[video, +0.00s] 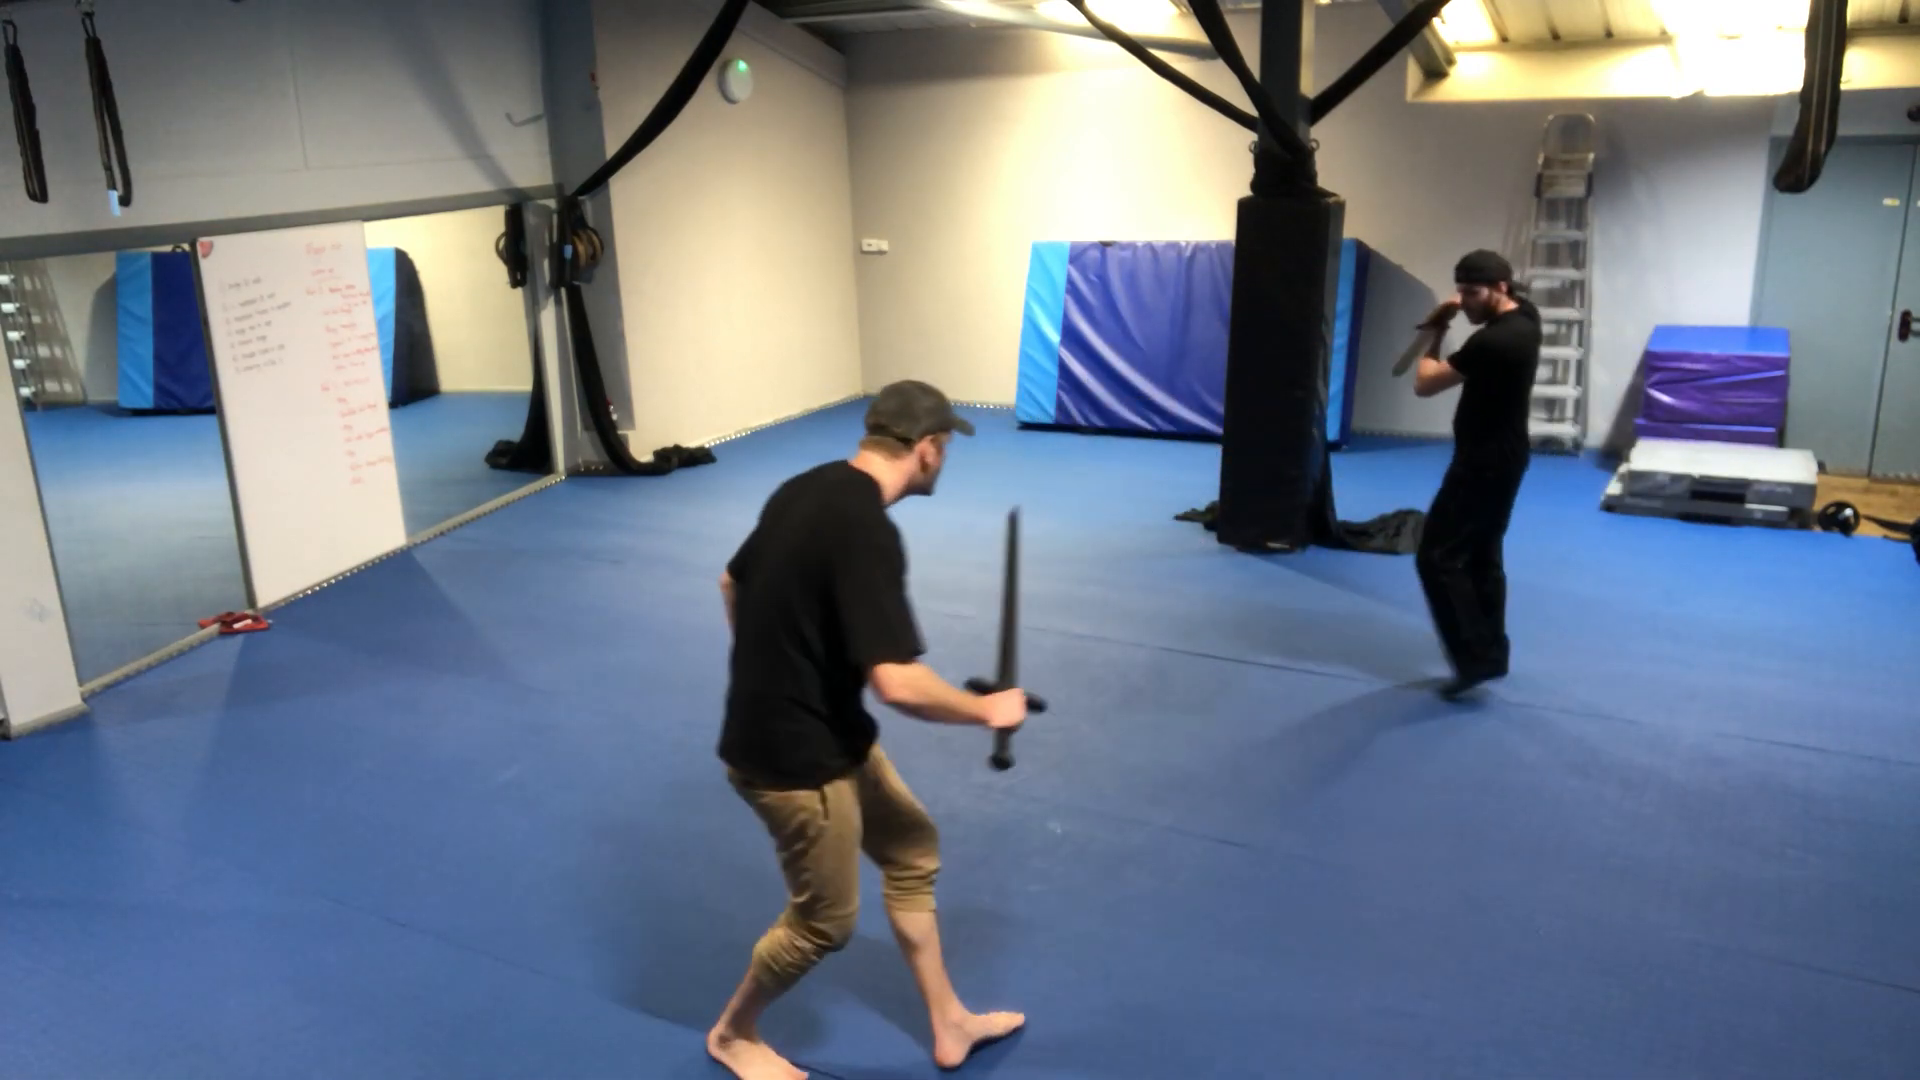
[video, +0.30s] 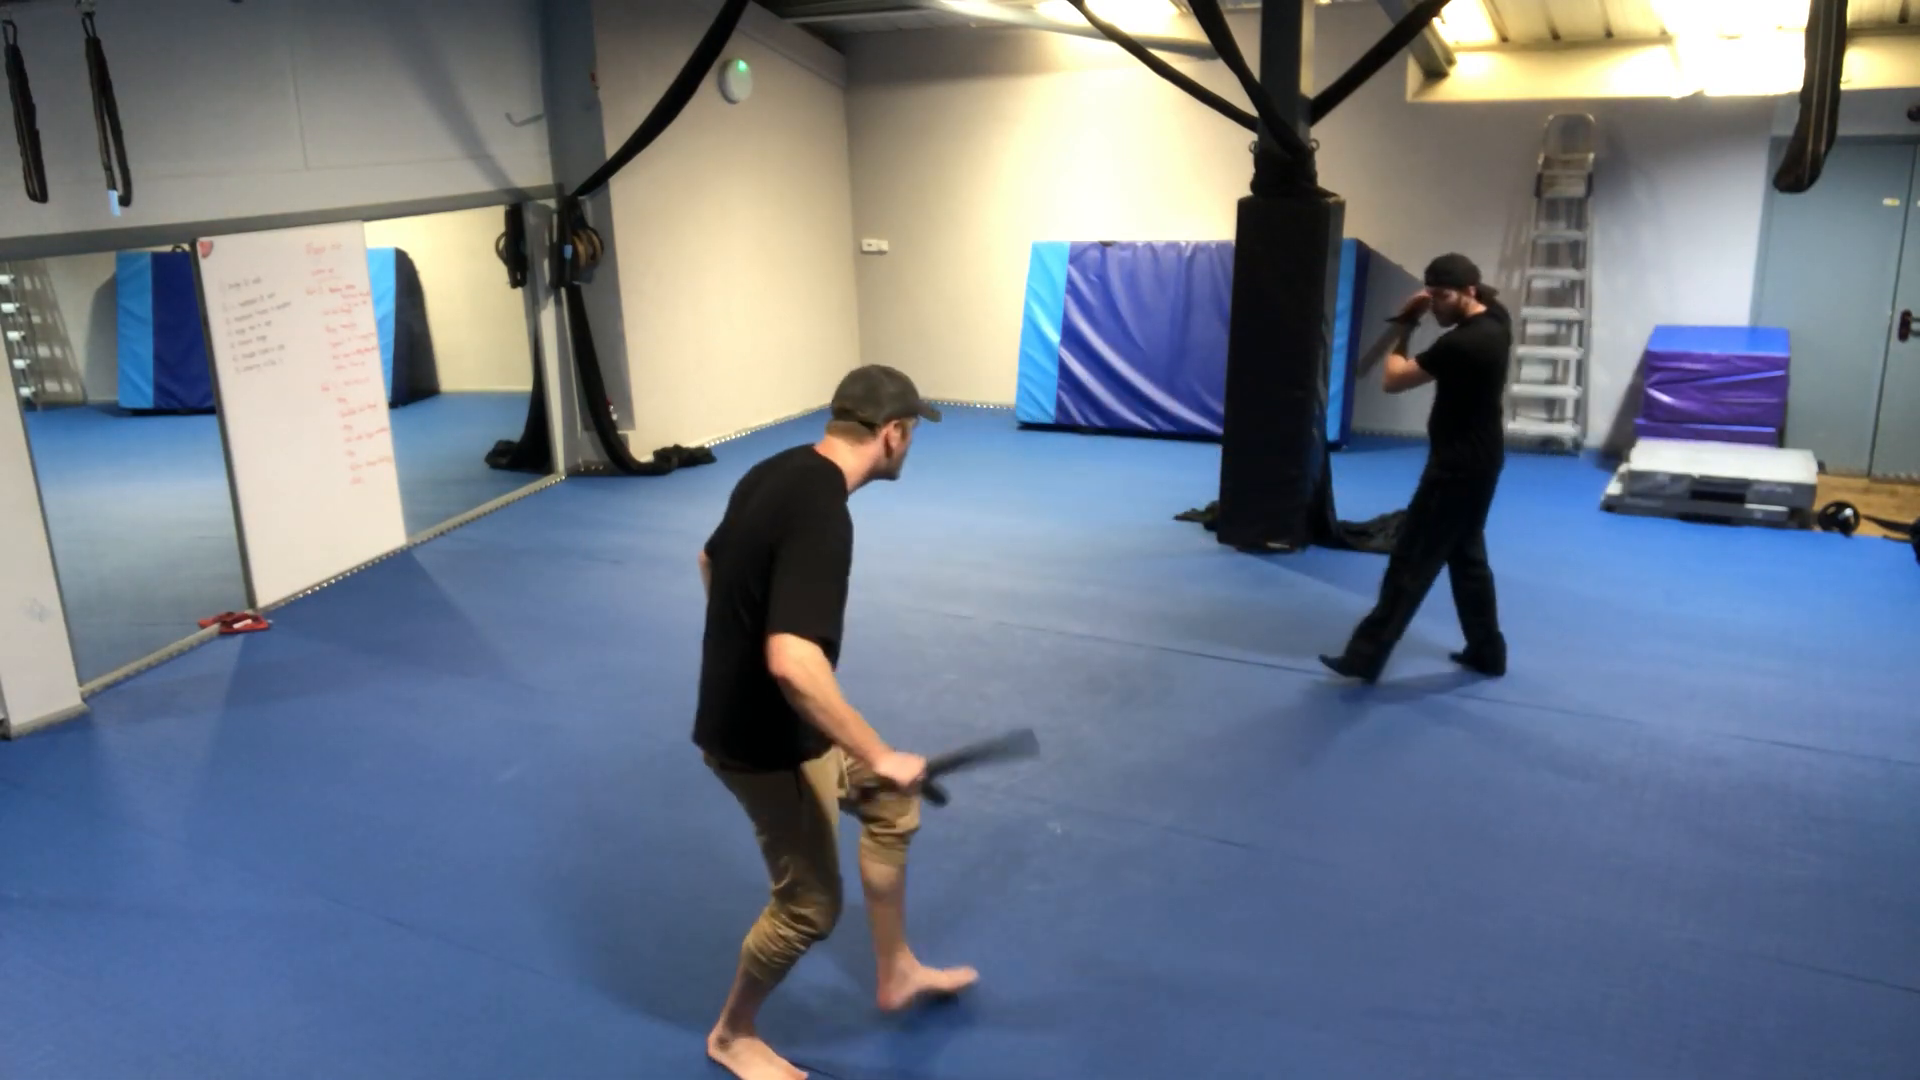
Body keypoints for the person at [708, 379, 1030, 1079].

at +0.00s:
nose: (945, 459)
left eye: (945, 445)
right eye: (945, 445)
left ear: (877, 436)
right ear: (925, 447)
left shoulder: (806, 490)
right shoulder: (867, 526)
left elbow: (735, 581)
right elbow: (896, 680)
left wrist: (771, 669)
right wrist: (987, 709)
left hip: (832, 736)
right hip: (788, 756)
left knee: (912, 850)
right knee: (824, 919)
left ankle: (950, 1022)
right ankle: (731, 1033)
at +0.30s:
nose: (910, 445)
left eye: (910, 432)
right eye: (910, 432)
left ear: (844, 420)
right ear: (890, 431)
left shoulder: (776, 473)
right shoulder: (821, 509)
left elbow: (713, 561)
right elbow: (792, 660)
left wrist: (752, 648)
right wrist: (880, 758)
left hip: (787, 716)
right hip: (755, 739)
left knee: (892, 796)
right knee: (807, 906)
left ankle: (897, 970)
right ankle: (732, 1033)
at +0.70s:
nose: (941, 424)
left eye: (942, 411)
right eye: (943, 410)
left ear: (871, 398)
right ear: (927, 405)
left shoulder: (805, 462)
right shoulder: (897, 476)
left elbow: (731, 565)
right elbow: (859, 596)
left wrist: (756, 660)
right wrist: (897, 729)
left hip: (790, 690)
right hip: (824, 706)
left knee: (882, 815)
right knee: (829, 874)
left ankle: (896, 952)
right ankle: (735, 1025)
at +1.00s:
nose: (960, 410)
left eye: (959, 399)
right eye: (960, 399)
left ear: (890, 390)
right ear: (948, 395)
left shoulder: (826, 454)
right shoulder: (938, 458)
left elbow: (763, 565)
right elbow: (952, 584)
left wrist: (798, 644)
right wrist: (1010, 696)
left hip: (813, 679)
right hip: (878, 690)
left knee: (886, 824)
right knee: (907, 856)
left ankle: (900, 956)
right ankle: (777, 1001)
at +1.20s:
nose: (966, 413)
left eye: (965, 403)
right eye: (968, 402)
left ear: (898, 390)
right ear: (955, 396)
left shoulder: (835, 455)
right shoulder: (950, 459)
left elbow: (787, 572)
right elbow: (979, 596)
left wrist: (834, 628)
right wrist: (1028, 670)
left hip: (822, 676)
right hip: (891, 688)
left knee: (889, 818)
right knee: (947, 858)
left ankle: (904, 941)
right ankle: (875, 1047)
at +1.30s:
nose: (972, 412)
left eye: (971, 402)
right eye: (974, 402)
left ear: (903, 391)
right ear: (962, 397)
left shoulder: (841, 457)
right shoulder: (958, 463)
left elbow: (796, 574)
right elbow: (989, 604)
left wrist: (853, 617)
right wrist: (1029, 661)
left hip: (826, 680)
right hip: (898, 690)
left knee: (888, 820)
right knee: (956, 861)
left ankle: (897, 964)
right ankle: (918, 1054)